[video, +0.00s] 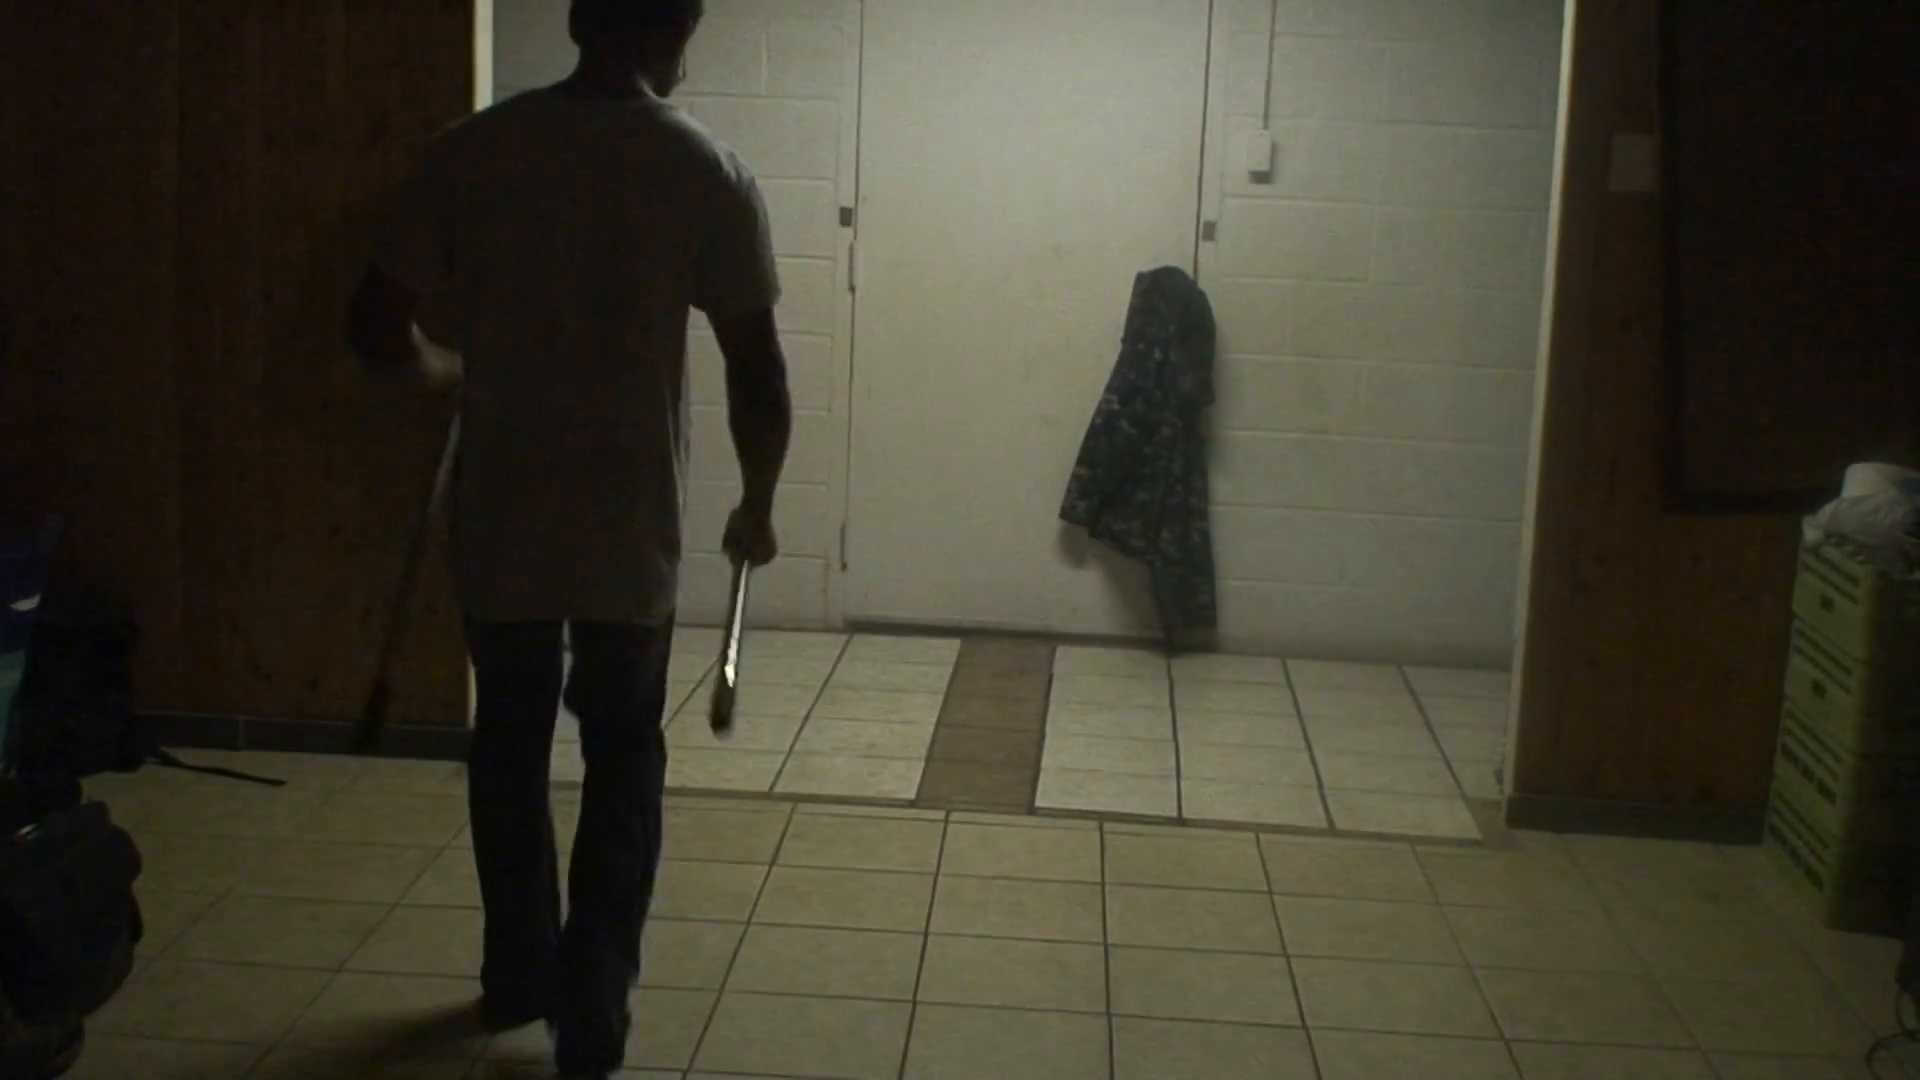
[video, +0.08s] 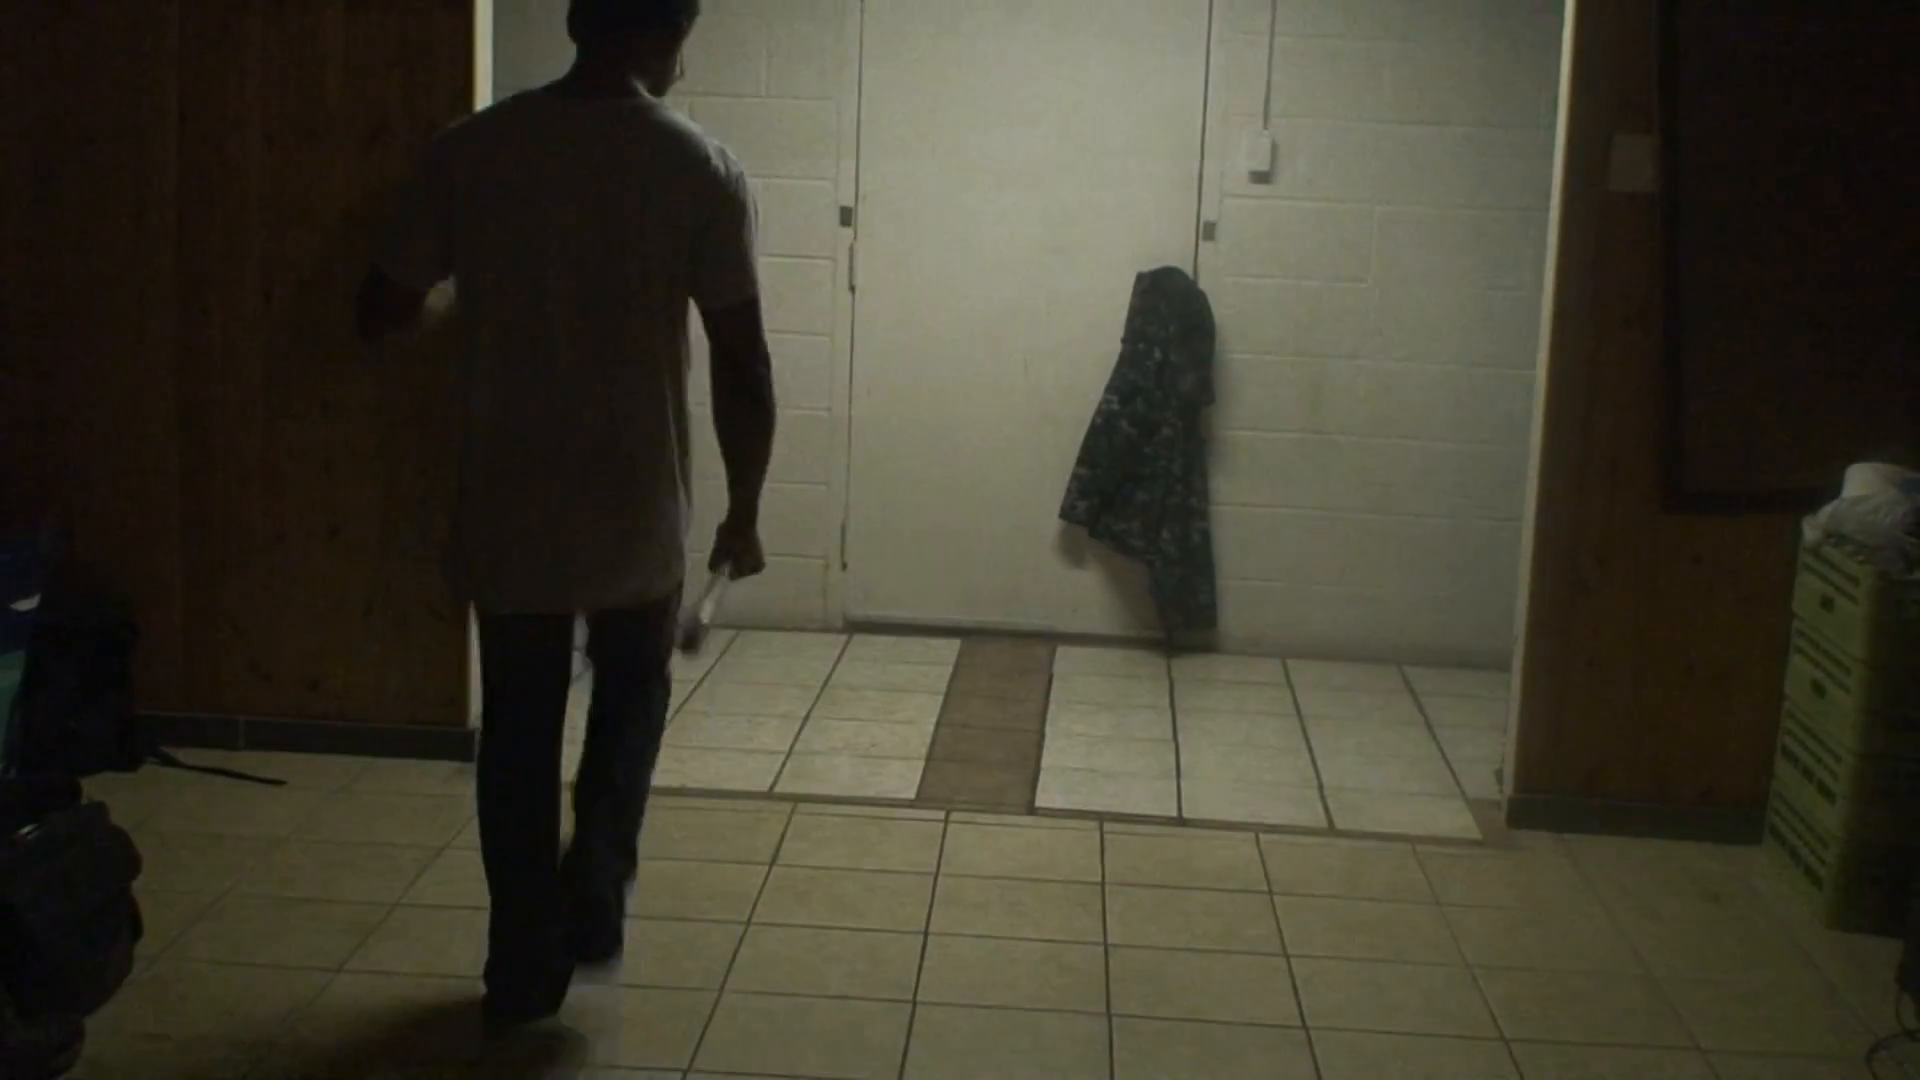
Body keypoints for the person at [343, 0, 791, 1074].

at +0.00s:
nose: (688, 53)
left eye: (685, 35)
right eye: (687, 35)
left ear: (580, 26)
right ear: (668, 38)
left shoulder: (470, 147)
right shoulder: (706, 174)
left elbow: (376, 323)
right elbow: (758, 377)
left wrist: (448, 378)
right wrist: (758, 503)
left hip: (498, 500)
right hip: (627, 511)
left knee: (507, 739)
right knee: (624, 752)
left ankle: (516, 972)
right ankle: (593, 1019)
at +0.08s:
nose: (682, 59)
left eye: (681, 39)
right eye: (681, 39)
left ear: (581, 26)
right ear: (658, 39)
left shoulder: (471, 146)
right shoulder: (696, 167)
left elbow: (383, 313)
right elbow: (741, 362)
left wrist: (450, 282)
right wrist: (745, 509)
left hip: (506, 482)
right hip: (634, 489)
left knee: (516, 711)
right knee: (630, 690)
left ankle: (520, 967)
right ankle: (591, 911)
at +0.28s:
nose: (700, 44)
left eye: (700, 28)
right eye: (700, 27)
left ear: (603, 18)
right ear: (679, 27)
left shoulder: (499, 119)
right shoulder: (697, 140)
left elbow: (415, 261)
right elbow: (729, 324)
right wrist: (720, 469)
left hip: (534, 429)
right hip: (656, 430)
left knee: (552, 651)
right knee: (667, 580)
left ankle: (552, 901)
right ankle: (614, 790)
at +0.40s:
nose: (723, 74)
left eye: (720, 54)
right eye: (721, 55)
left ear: (629, 43)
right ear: (699, 55)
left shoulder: (529, 153)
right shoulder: (712, 174)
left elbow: (438, 260)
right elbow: (731, 341)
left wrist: (506, 292)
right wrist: (731, 475)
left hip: (548, 451)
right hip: (666, 453)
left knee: (558, 657)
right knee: (673, 641)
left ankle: (549, 899)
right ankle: (636, 839)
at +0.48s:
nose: (743, 81)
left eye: (742, 63)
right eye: (743, 65)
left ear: (653, 48)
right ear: (725, 63)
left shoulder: (548, 157)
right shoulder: (724, 179)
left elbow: (473, 285)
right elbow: (743, 327)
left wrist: (528, 383)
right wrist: (763, 446)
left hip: (568, 443)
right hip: (682, 451)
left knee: (578, 639)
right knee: (684, 645)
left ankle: (546, 864)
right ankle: (630, 845)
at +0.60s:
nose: (773, 73)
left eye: (773, 55)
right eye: (772, 56)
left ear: (686, 40)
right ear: (750, 55)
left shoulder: (580, 153)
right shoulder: (749, 170)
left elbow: (516, 298)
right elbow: (788, 327)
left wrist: (515, 405)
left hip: (594, 431)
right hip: (696, 445)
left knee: (633, 551)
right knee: (693, 642)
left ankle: (592, 732)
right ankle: (633, 849)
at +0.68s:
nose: (787, 62)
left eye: (788, 44)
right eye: (785, 44)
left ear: (702, 32)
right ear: (761, 44)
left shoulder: (593, 139)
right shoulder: (763, 156)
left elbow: (522, 284)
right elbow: (822, 306)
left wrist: (509, 398)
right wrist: (846, 199)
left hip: (603, 399)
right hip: (702, 421)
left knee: (681, 461)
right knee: (694, 627)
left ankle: (648, 620)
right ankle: (636, 837)